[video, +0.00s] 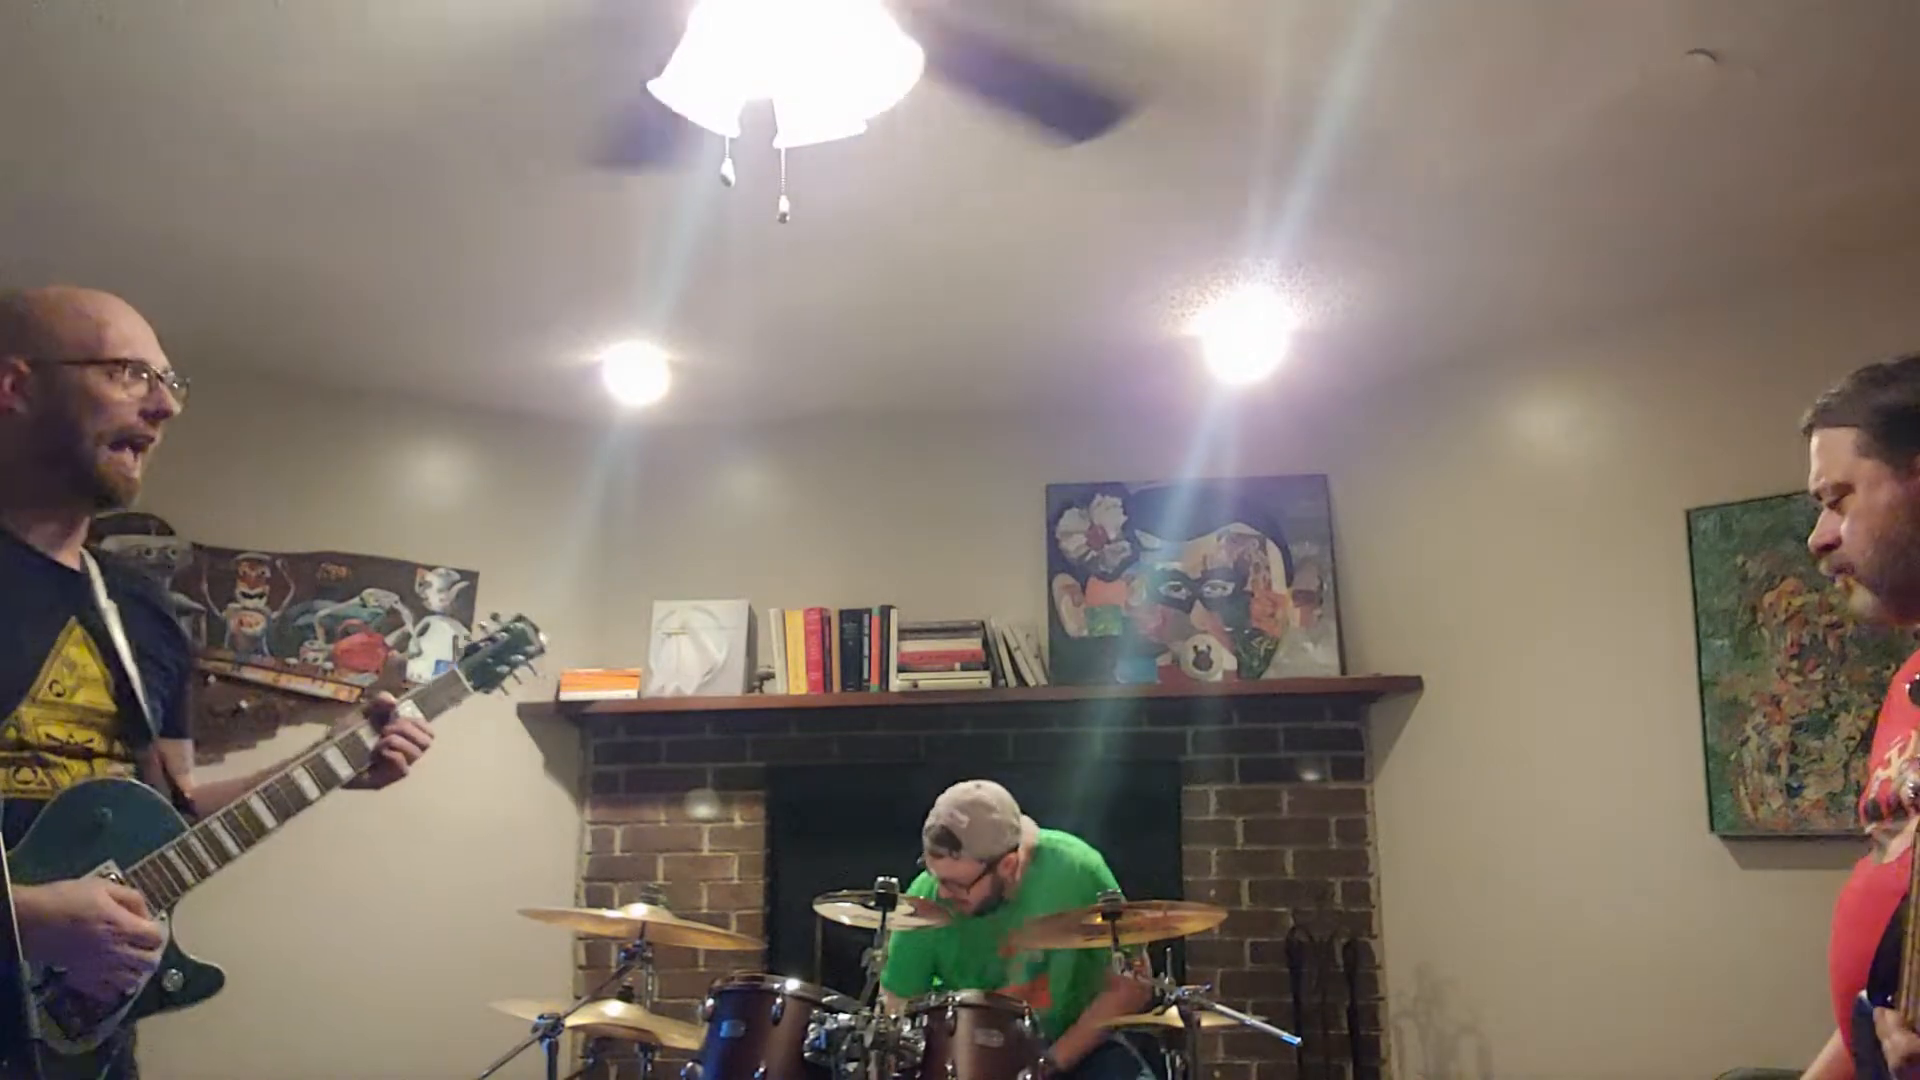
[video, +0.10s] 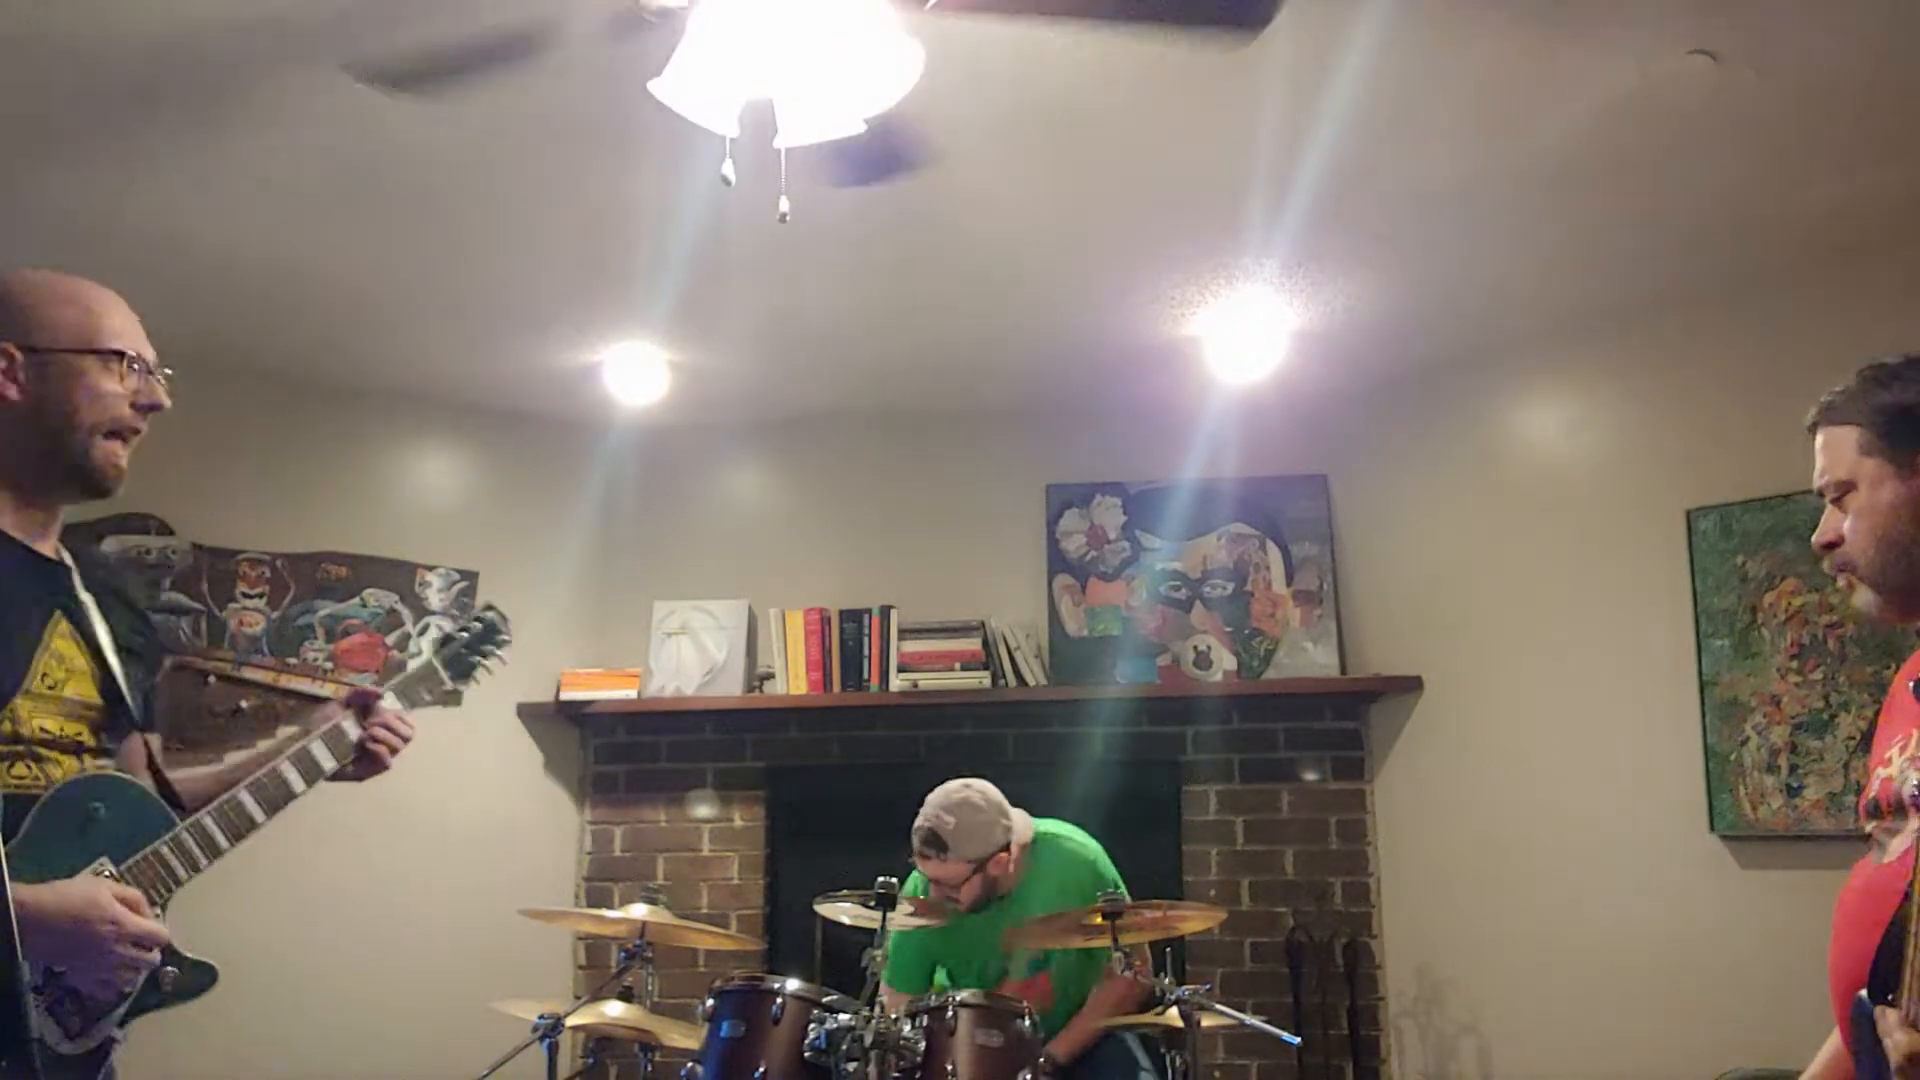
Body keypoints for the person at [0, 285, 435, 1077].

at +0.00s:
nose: (166, 404)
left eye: (166, 381)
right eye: (128, 372)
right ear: (16, 385)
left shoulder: (142, 618)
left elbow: (176, 793)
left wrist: (336, 758)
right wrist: (26, 920)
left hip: (89, 1037)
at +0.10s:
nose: (156, 398)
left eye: (153, 374)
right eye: (124, 363)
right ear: (11, 373)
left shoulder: (95, 600)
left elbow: (135, 790)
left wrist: (311, 750)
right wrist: (25, 914)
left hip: (58, 1033)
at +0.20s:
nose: (147, 394)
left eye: (138, 366)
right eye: (117, 359)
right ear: (12, 364)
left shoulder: (69, 597)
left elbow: (114, 789)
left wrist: (289, 738)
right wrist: (37, 922)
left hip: (45, 1033)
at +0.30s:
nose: (131, 398)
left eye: (124, 368)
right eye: (110, 363)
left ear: (21, 361)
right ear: (15, 360)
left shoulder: (32, 578)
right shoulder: (16, 576)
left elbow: (87, 791)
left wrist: (244, 742)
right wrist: (44, 923)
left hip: (50, 1037)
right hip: (6, 1036)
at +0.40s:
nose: (113, 404)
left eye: (111, 374)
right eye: (100, 368)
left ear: (19, 361)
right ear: (17, 359)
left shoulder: (19, 589)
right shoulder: (16, 590)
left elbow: (49, 789)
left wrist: (207, 743)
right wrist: (49, 923)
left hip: (37, 1025)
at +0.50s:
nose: (97, 410)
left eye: (99, 381)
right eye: (91, 373)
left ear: (16, 357)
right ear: (15, 356)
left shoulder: (8, 590)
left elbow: (24, 775)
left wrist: (161, 750)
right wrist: (56, 931)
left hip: (28, 1026)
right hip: (8, 1034)